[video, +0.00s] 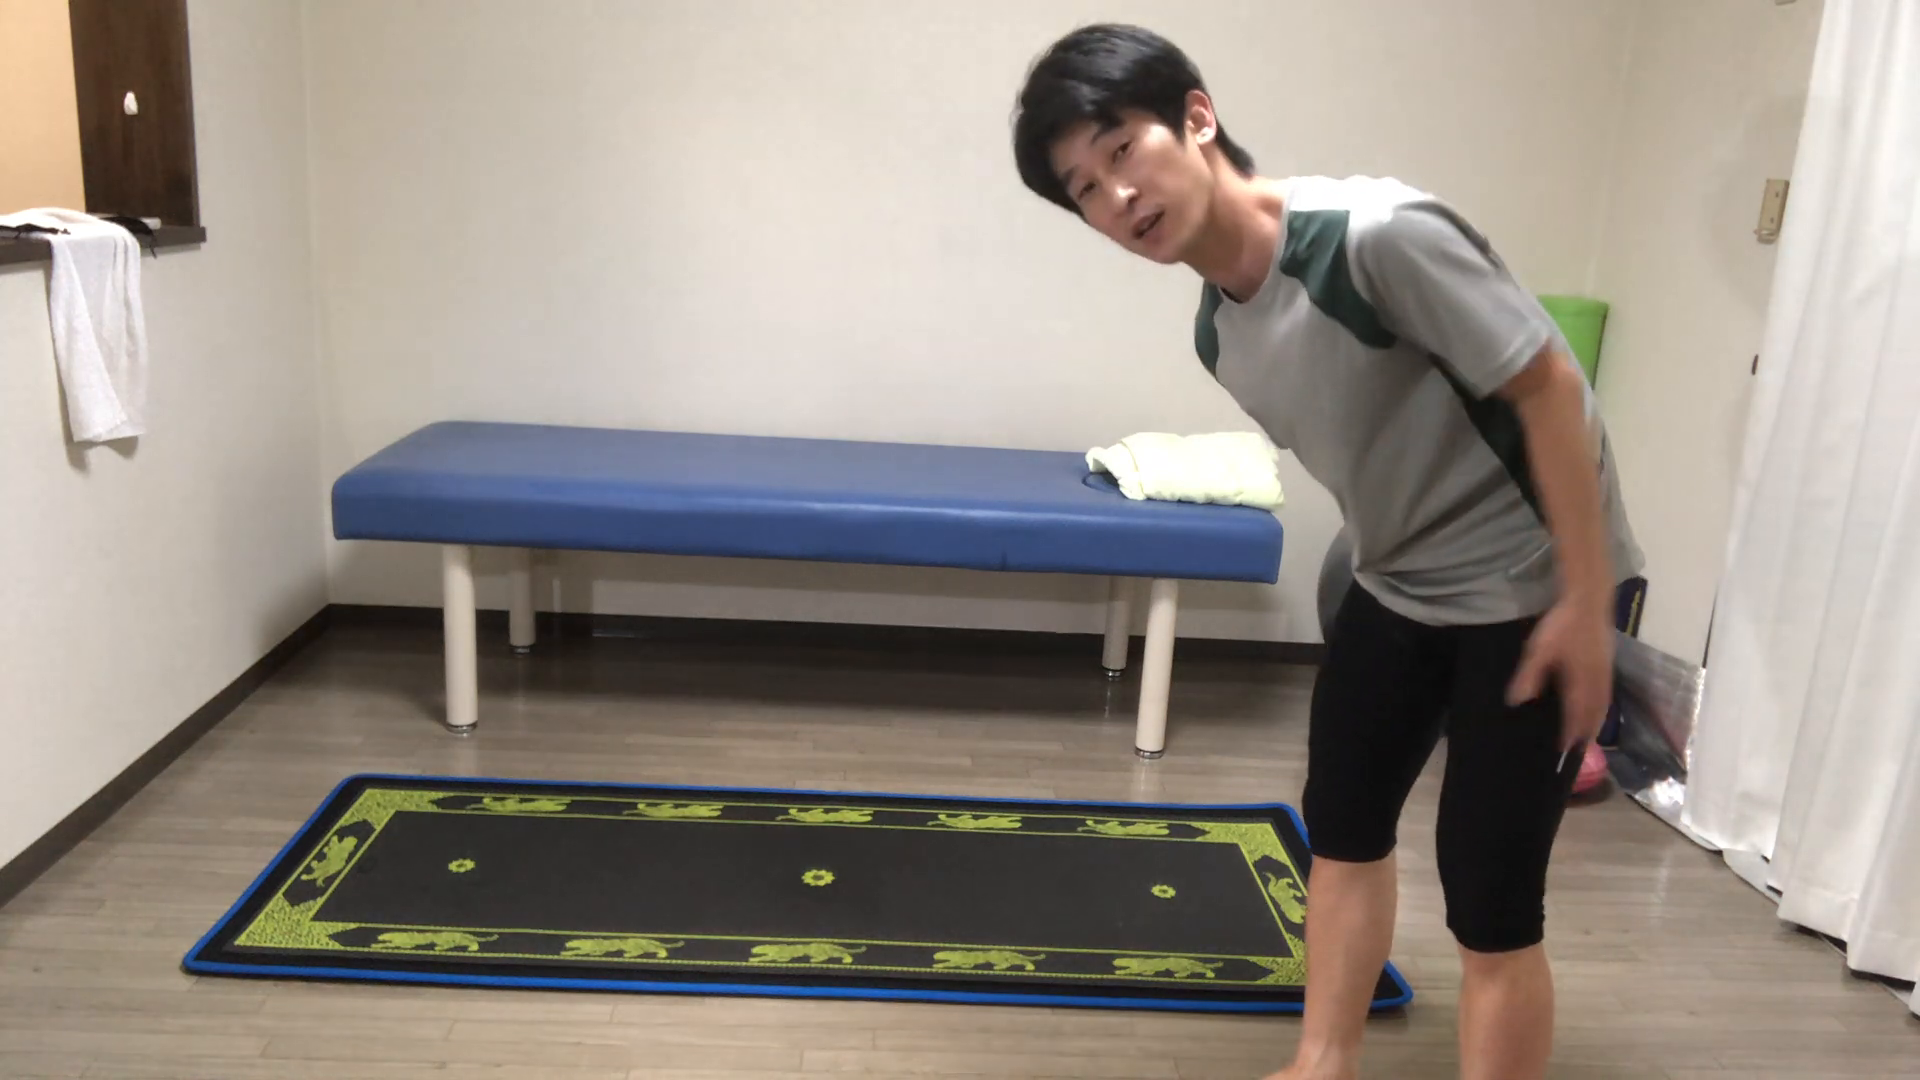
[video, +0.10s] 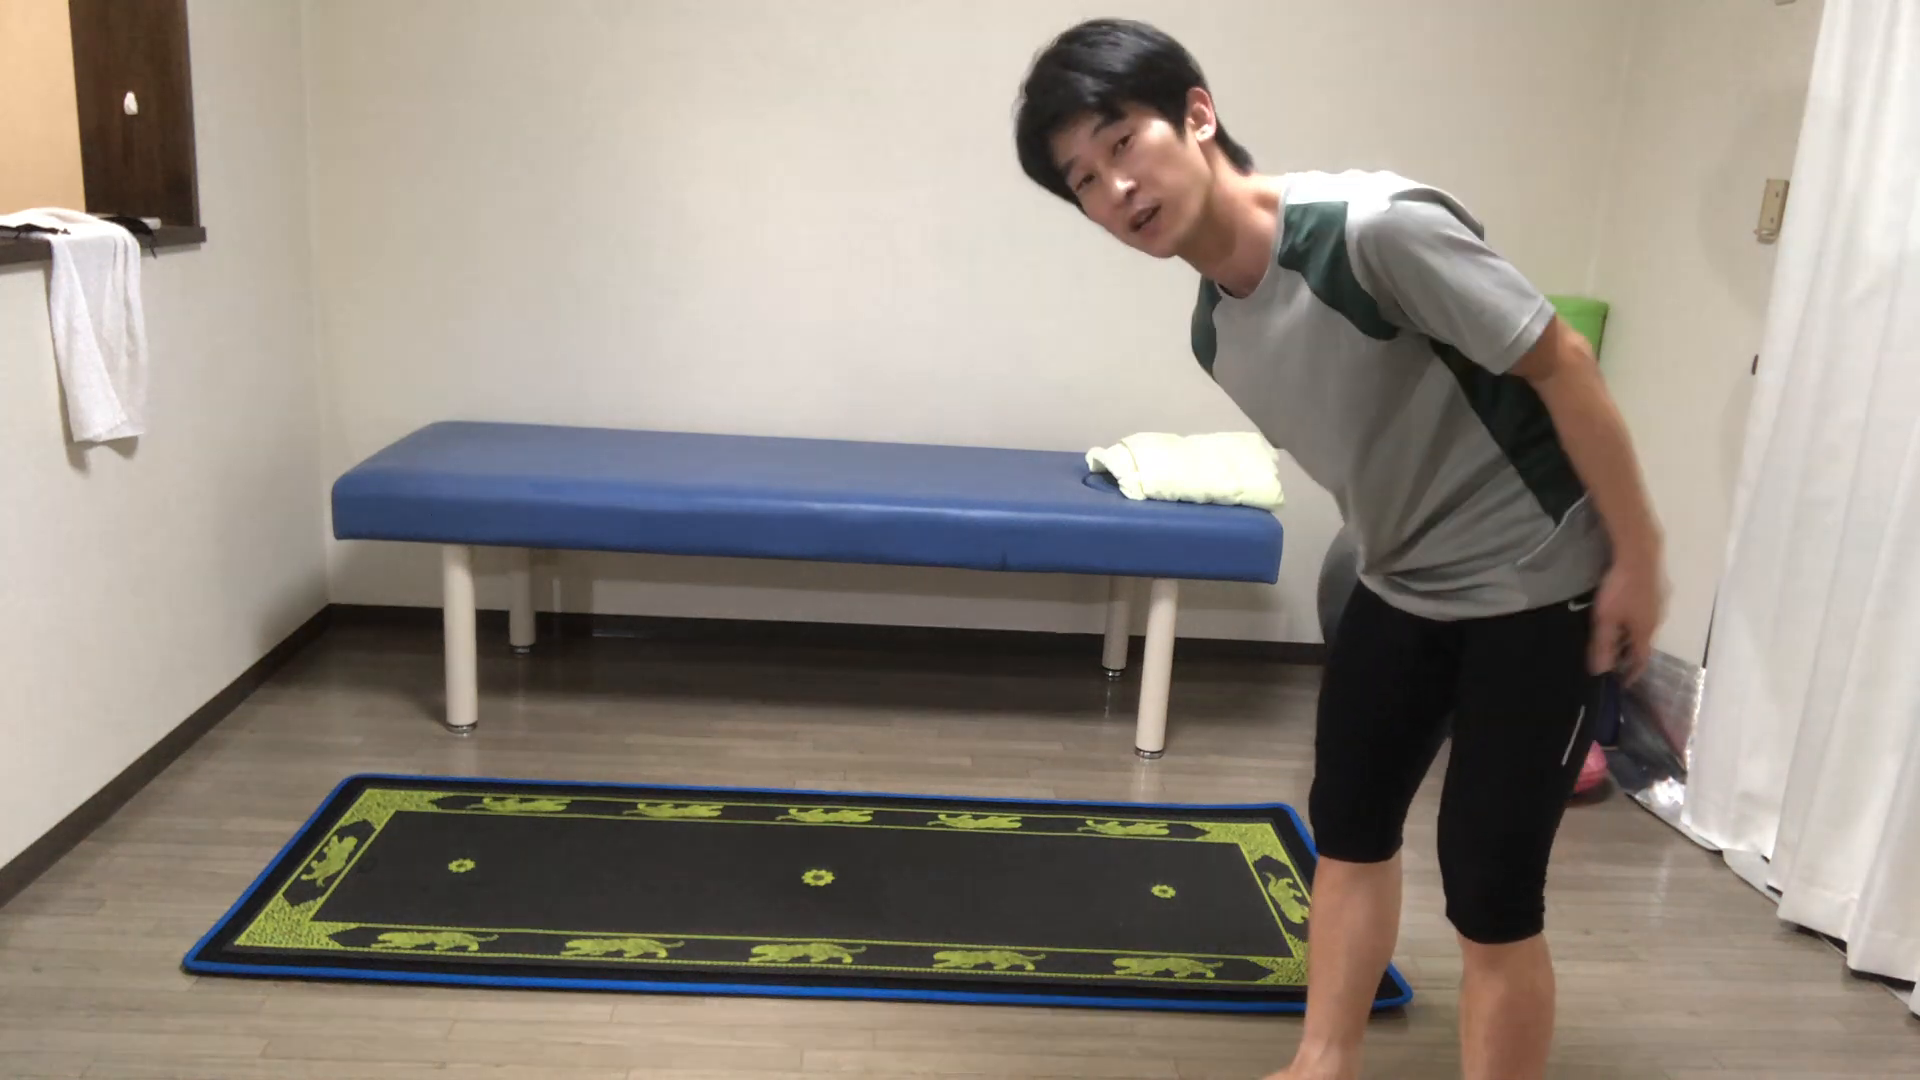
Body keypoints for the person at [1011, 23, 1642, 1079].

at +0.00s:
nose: (1117, 198)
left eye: (1123, 150)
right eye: (1084, 193)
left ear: (1199, 119)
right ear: (1081, 220)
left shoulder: (1383, 238)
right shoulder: (1220, 333)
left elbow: (1550, 387)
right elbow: (1372, 457)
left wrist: (1587, 602)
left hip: (1525, 598)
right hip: (1392, 591)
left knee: (1494, 908)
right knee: (1344, 833)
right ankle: (1323, 1060)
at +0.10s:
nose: (1116, 191)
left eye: (1123, 143)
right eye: (1083, 183)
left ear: (1198, 116)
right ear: (1080, 212)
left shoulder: (1378, 233)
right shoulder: (1217, 332)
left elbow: (1563, 362)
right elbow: (1368, 452)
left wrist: (1639, 556)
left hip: (1537, 590)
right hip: (1398, 587)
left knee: (1493, 896)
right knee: (1351, 831)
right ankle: (1324, 1060)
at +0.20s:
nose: (1114, 189)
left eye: (1125, 143)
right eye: (1084, 180)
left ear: (1202, 116)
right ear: (1084, 204)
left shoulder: (1379, 233)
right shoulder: (1219, 330)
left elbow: (1558, 367)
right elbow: (1370, 446)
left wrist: (1655, 549)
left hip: (1551, 581)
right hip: (1411, 584)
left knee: (1487, 872)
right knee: (1356, 823)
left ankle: (1500, 1069)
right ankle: (1323, 1060)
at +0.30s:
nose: (1128, 193)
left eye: (1136, 147)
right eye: (1096, 186)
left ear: (1210, 119)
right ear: (1096, 211)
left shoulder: (1381, 234)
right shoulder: (1230, 334)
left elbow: (1552, 385)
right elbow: (1382, 456)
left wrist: (1643, 587)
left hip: (1550, 588)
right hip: (1416, 588)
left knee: (1484, 868)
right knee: (1367, 831)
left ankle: (1502, 1067)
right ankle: (1322, 1061)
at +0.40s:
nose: (1147, 194)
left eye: (1154, 149)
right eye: (1115, 187)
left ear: (1228, 122)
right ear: (1111, 214)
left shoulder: (1390, 238)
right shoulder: (1247, 330)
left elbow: (1535, 415)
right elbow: (1396, 467)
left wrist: (1575, 638)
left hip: (1563, 579)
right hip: (1429, 584)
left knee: (1485, 869)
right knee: (1378, 829)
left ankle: (1508, 1045)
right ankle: (1324, 1059)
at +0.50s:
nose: (1174, 185)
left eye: (1183, 142)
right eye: (1144, 177)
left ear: (1258, 118)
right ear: (1138, 204)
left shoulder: (1414, 242)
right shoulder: (1270, 323)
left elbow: (1520, 449)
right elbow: (1410, 469)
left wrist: (1458, 654)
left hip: (1581, 580)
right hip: (1443, 579)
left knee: (1493, 857)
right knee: (1386, 815)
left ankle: (1510, 1011)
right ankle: (1326, 1058)